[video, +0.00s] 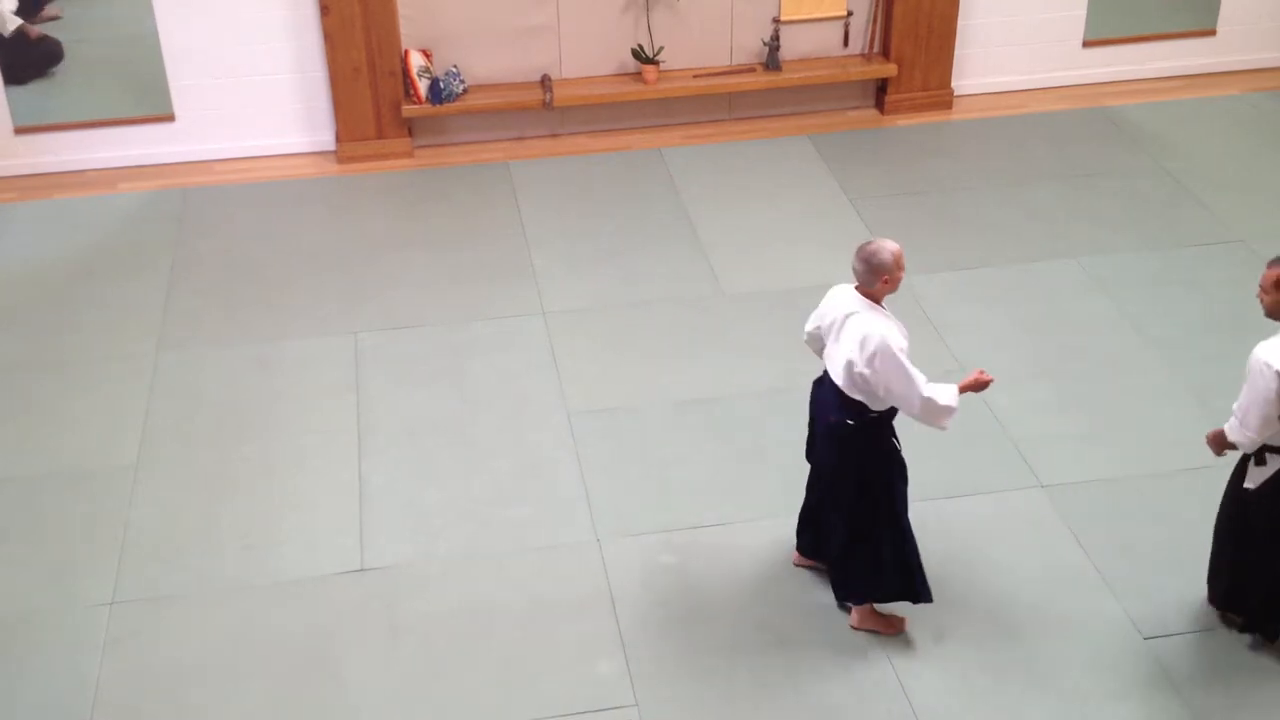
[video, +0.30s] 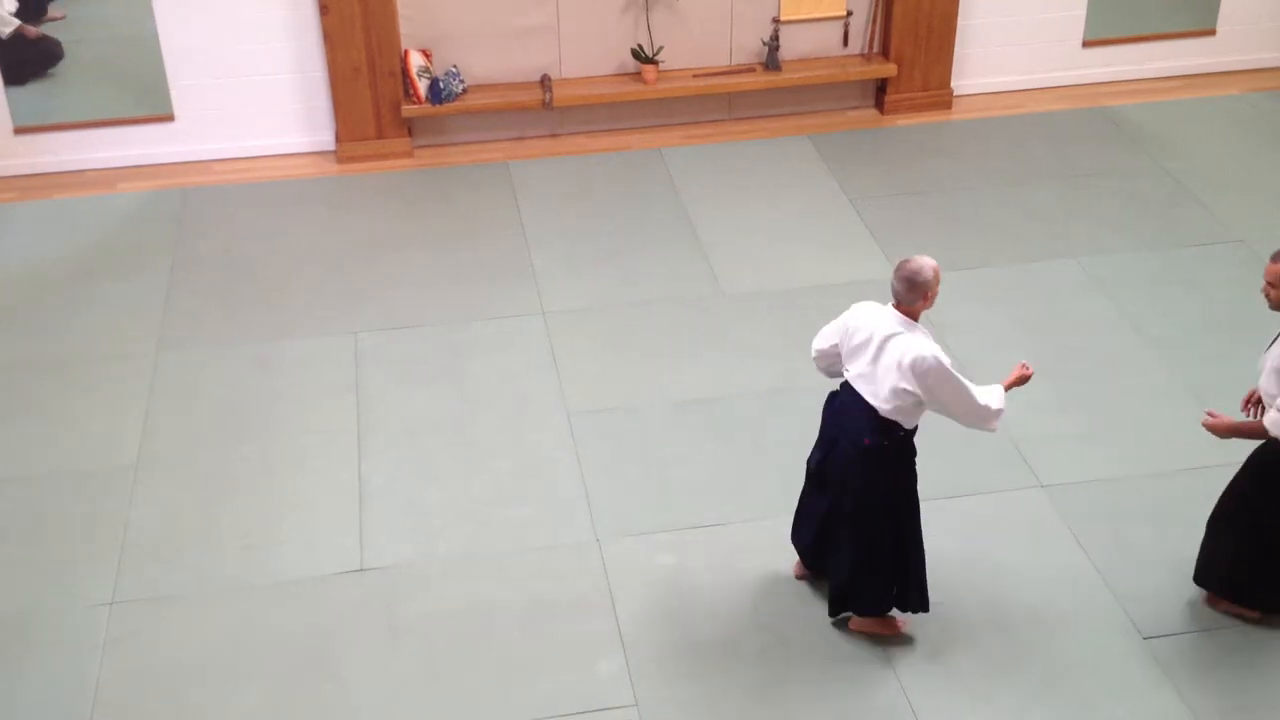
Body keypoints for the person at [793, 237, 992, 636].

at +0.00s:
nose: (904, 272)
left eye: (902, 266)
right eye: (901, 268)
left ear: (862, 272)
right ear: (887, 281)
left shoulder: (839, 294)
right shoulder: (881, 337)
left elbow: (813, 333)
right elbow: (914, 396)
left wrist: (841, 362)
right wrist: (960, 388)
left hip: (825, 403)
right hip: (858, 430)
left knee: (825, 481)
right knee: (870, 510)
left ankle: (810, 549)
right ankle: (862, 608)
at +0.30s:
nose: (937, 290)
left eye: (936, 284)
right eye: (936, 287)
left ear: (894, 286)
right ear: (928, 298)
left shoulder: (863, 313)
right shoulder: (923, 355)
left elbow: (823, 354)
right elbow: (971, 407)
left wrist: (855, 373)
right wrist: (1006, 385)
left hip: (838, 416)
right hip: (879, 441)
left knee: (827, 489)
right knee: (879, 521)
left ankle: (809, 559)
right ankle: (869, 611)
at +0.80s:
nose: (927, 301)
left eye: (926, 295)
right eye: (926, 298)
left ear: (883, 295)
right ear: (919, 308)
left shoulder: (855, 319)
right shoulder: (913, 365)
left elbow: (820, 354)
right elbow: (971, 399)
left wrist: (850, 378)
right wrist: (1026, 381)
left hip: (831, 421)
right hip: (872, 446)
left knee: (828, 508)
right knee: (884, 526)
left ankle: (816, 586)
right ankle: (885, 616)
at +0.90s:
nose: (844, 299)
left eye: (841, 292)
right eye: (841, 293)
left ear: (808, 290)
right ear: (834, 299)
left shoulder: (776, 313)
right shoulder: (826, 353)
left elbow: (755, 342)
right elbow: (881, 386)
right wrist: (942, 370)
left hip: (752, 417)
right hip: (785, 437)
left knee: (758, 507)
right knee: (798, 517)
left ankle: (750, 580)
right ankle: (793, 609)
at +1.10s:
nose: (935, 303)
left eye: (941, 302)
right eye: (938, 297)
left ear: (964, 316)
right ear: (978, 311)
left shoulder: (955, 367)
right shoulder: (1012, 320)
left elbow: (877, 389)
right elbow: (1041, 345)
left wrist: (807, 379)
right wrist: (1019, 388)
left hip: (992, 460)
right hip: (1034, 438)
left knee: (915, 514)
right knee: (1036, 527)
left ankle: (954, 586)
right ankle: (1048, 605)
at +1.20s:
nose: (895, 312)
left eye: (901, 311)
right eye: (899, 306)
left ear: (920, 327)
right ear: (944, 317)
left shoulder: (909, 375)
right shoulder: (977, 333)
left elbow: (833, 385)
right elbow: (1015, 366)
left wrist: (761, 378)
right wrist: (981, 390)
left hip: (958, 470)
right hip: (1005, 447)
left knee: (879, 526)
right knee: (1016, 530)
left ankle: (869, 619)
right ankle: (1041, 608)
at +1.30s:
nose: (841, 327)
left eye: (847, 324)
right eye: (845, 321)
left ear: (866, 340)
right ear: (887, 329)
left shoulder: (853, 387)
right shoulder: (926, 343)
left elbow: (779, 392)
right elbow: (977, 375)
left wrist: (711, 377)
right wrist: (969, 397)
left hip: (908, 481)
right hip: (958, 457)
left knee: (839, 546)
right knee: (986, 529)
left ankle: (818, 646)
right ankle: (1027, 604)